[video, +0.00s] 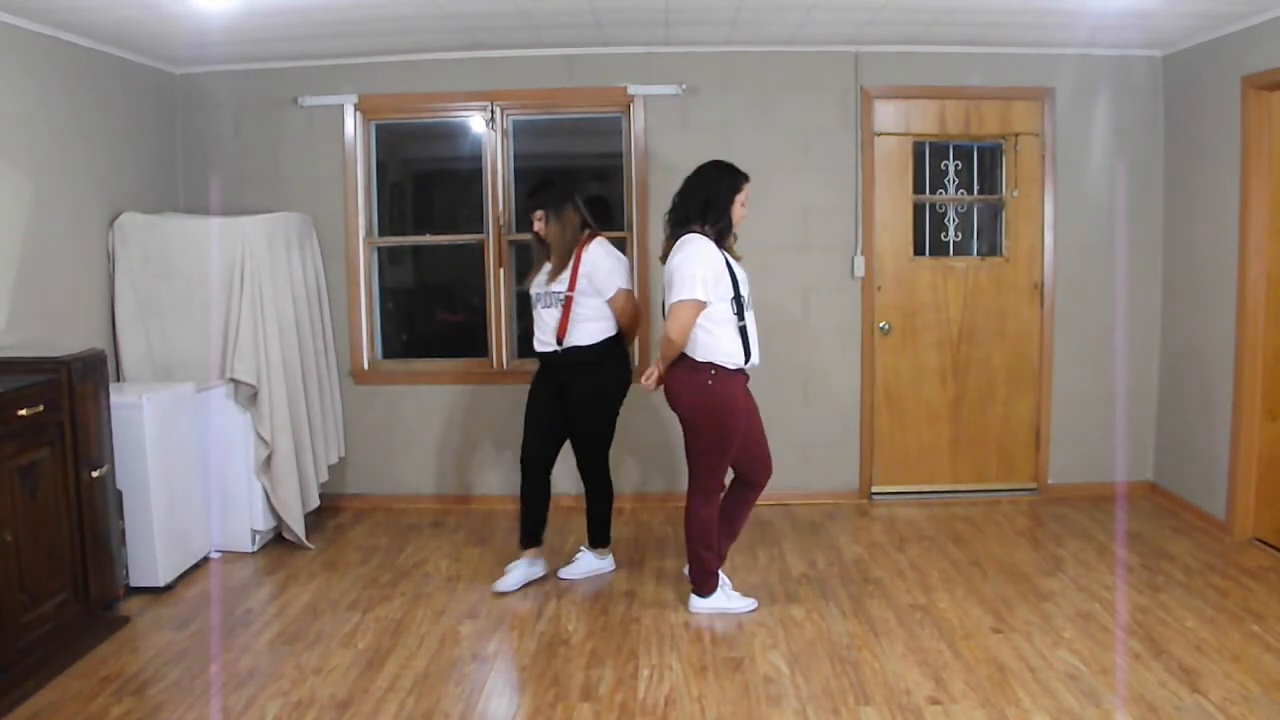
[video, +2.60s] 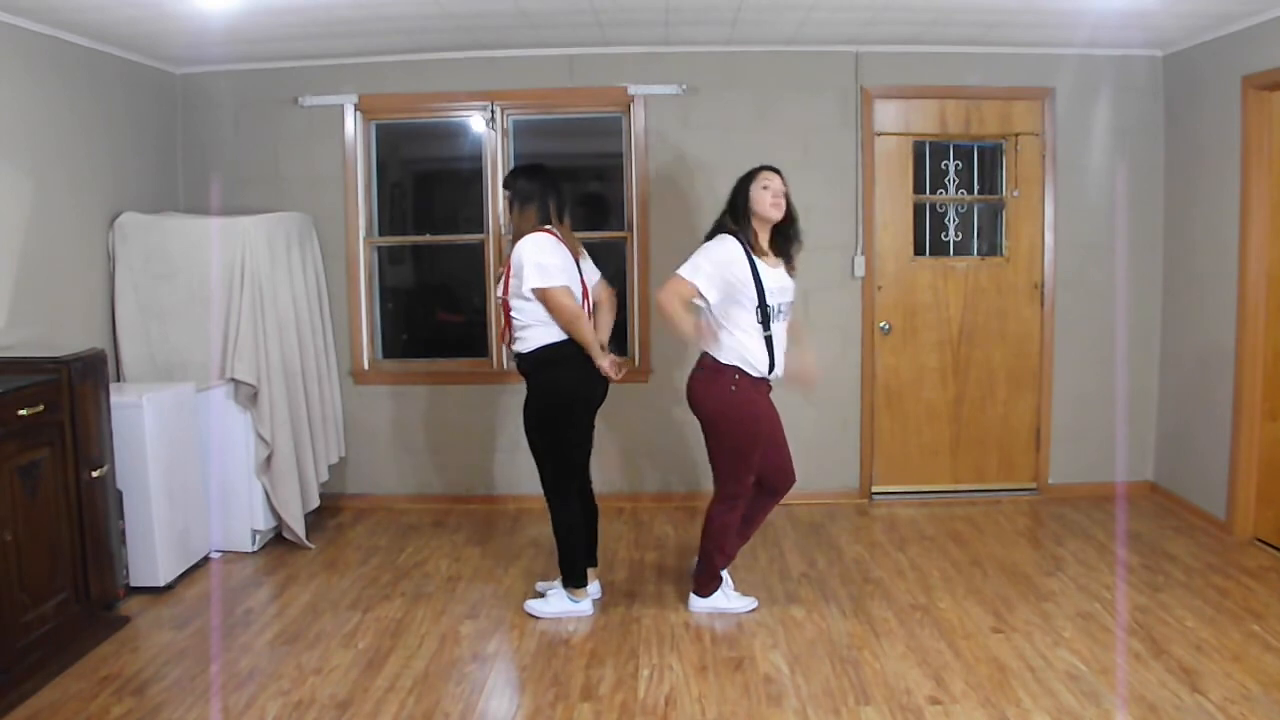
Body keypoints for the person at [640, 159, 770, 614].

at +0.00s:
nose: (746, 211)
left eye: (746, 202)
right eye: (742, 202)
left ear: (714, 201)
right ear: (721, 201)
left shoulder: (713, 249)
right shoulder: (695, 249)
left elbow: (687, 321)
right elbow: (677, 329)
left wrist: (662, 364)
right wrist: (661, 365)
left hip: (726, 378)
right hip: (704, 379)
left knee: (755, 471)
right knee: (707, 484)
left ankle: (707, 564)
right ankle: (705, 589)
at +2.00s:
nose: (752, 210)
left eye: (751, 200)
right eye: (747, 200)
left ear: (721, 201)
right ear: (725, 201)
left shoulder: (721, 251)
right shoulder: (704, 252)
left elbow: (691, 325)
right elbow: (684, 336)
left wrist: (667, 364)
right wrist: (666, 367)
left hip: (731, 382)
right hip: (711, 383)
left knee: (760, 472)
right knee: (710, 488)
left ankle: (710, 564)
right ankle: (705, 590)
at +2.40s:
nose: (769, 203)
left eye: (768, 195)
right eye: (763, 195)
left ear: (744, 201)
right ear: (738, 200)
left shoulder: (745, 252)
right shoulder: (716, 249)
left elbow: (721, 317)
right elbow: (669, 316)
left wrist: (688, 359)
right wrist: (679, 361)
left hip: (742, 383)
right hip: (719, 383)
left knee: (772, 473)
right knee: (716, 490)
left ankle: (715, 562)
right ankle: (705, 589)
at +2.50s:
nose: (773, 197)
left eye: (774, 191)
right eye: (763, 190)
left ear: (773, 202)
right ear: (738, 198)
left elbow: (746, 318)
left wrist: (755, 373)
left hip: (747, 384)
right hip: (722, 383)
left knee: (774, 475)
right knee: (721, 489)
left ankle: (715, 563)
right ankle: (705, 589)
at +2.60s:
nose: (776, 197)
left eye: (781, 192)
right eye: (765, 189)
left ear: (786, 206)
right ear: (743, 198)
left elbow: (777, 322)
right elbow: (669, 296)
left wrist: (794, 361)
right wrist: (694, 332)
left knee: (778, 477)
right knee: (734, 487)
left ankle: (716, 561)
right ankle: (706, 588)